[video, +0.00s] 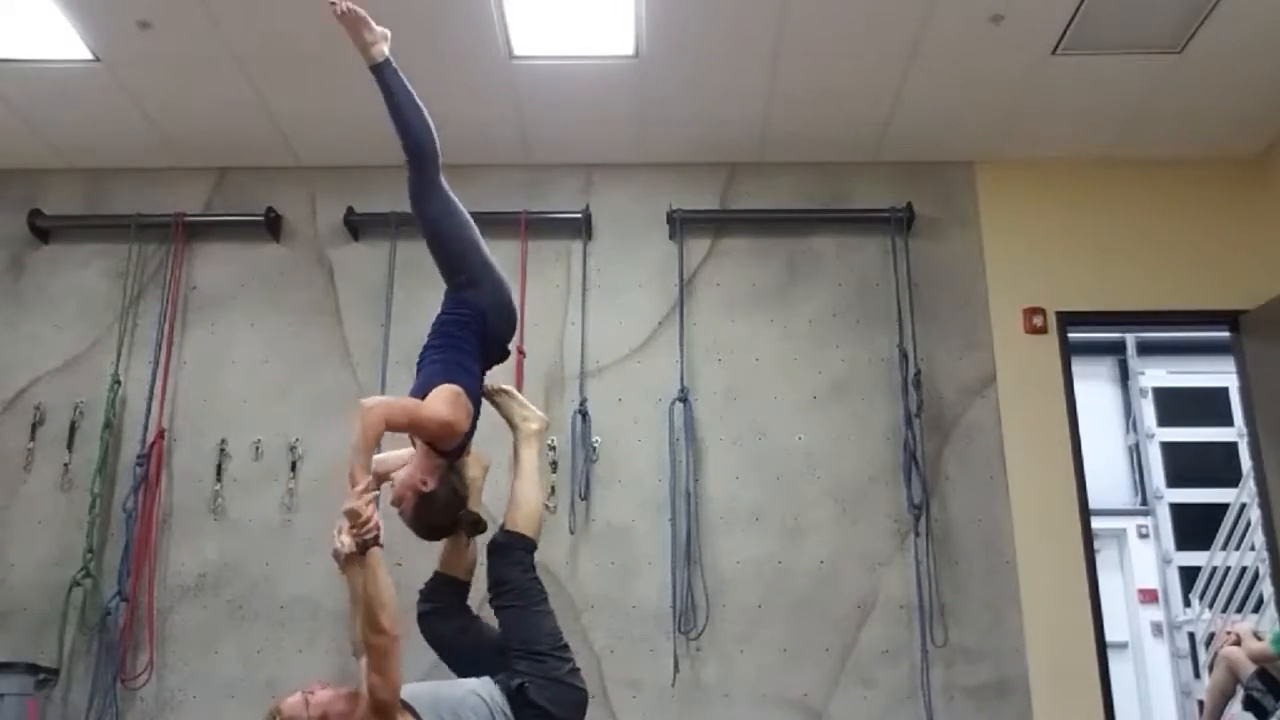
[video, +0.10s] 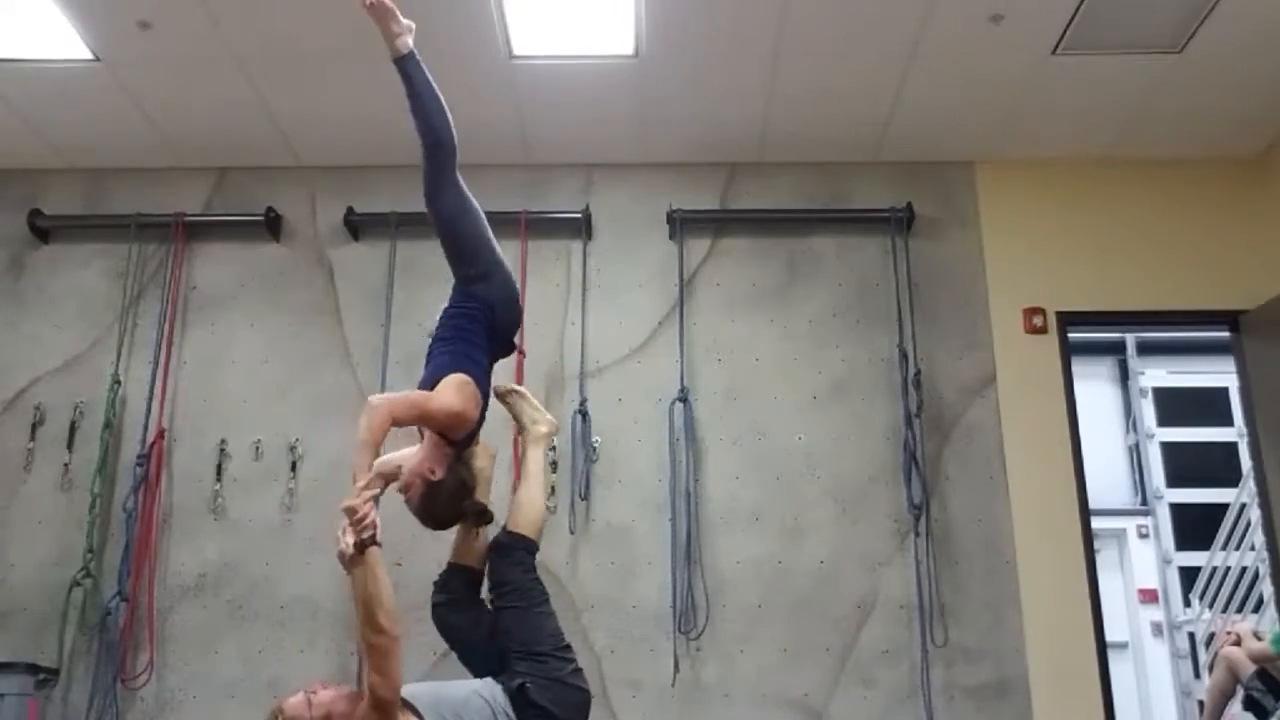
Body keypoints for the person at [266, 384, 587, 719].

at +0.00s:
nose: (315, 688)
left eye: (305, 691)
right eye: (308, 702)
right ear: (323, 719)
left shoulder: (377, 701)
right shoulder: (381, 710)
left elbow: (371, 639)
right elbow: (382, 636)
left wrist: (352, 565)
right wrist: (368, 547)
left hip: (510, 691)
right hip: (546, 701)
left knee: (439, 609)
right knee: (510, 556)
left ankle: (470, 478)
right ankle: (529, 432)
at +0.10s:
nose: (317, 687)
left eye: (307, 691)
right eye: (310, 701)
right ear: (325, 718)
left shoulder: (378, 699)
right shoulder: (381, 709)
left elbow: (376, 634)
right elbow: (380, 633)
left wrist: (359, 561)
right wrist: (365, 556)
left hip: (515, 693)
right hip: (549, 699)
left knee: (452, 601)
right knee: (510, 558)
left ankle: (478, 474)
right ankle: (537, 438)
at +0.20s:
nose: (321, 685)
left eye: (307, 690)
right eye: (310, 700)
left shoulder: (377, 699)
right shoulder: (379, 712)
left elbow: (382, 636)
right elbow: (390, 635)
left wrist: (374, 556)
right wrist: (377, 556)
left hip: (518, 699)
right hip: (547, 706)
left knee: (477, 574)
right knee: (469, 576)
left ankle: (489, 495)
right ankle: (543, 467)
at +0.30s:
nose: (318, 688)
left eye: (306, 691)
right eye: (311, 702)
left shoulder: (385, 702)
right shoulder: (381, 711)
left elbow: (386, 639)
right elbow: (392, 639)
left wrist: (375, 559)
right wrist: (383, 550)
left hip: (524, 697)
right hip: (545, 705)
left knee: (470, 587)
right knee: (455, 586)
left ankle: (504, 487)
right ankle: (530, 480)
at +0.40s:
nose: (319, 687)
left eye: (307, 691)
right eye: (312, 702)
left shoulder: (385, 703)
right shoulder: (380, 712)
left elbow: (387, 640)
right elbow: (392, 639)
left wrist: (378, 554)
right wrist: (383, 556)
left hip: (520, 699)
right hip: (543, 705)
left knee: (473, 591)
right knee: (439, 598)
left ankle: (503, 477)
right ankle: (505, 480)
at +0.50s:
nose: (320, 687)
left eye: (309, 691)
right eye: (313, 702)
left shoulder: (381, 700)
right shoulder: (381, 711)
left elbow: (381, 643)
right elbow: (401, 640)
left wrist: (372, 569)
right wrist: (397, 549)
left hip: (521, 698)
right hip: (545, 701)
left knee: (467, 590)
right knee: (428, 594)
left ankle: (486, 475)